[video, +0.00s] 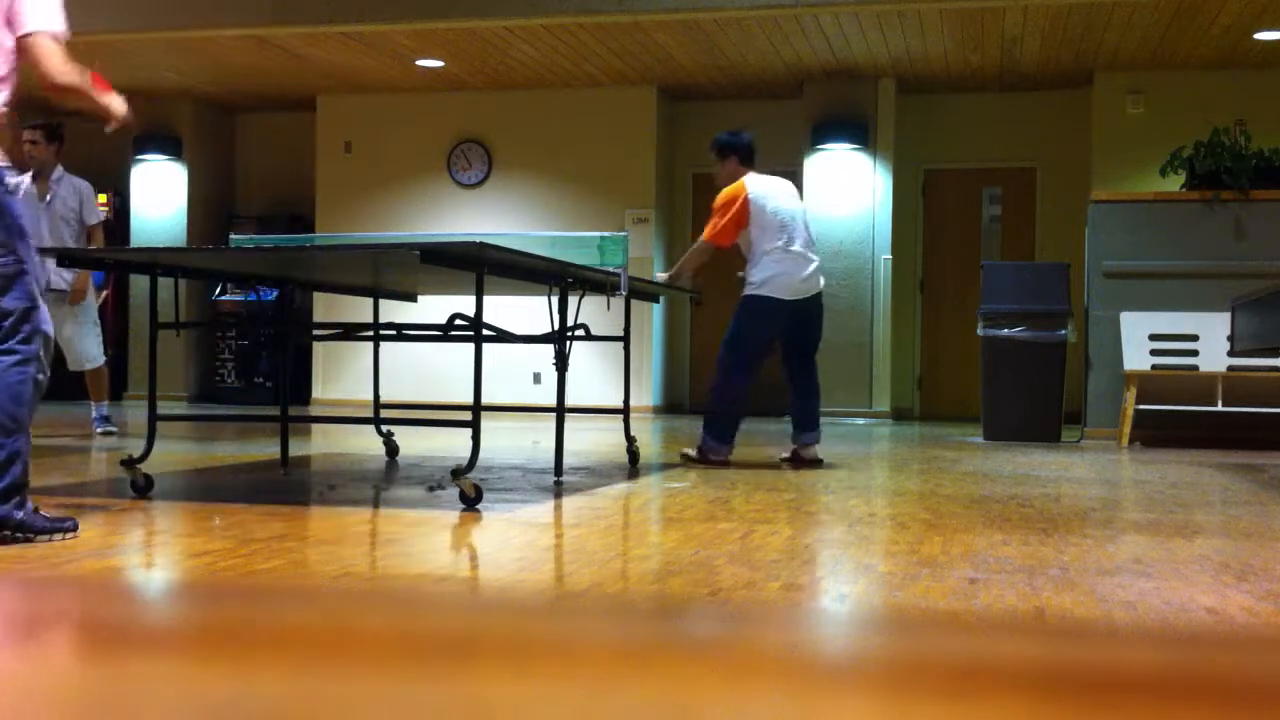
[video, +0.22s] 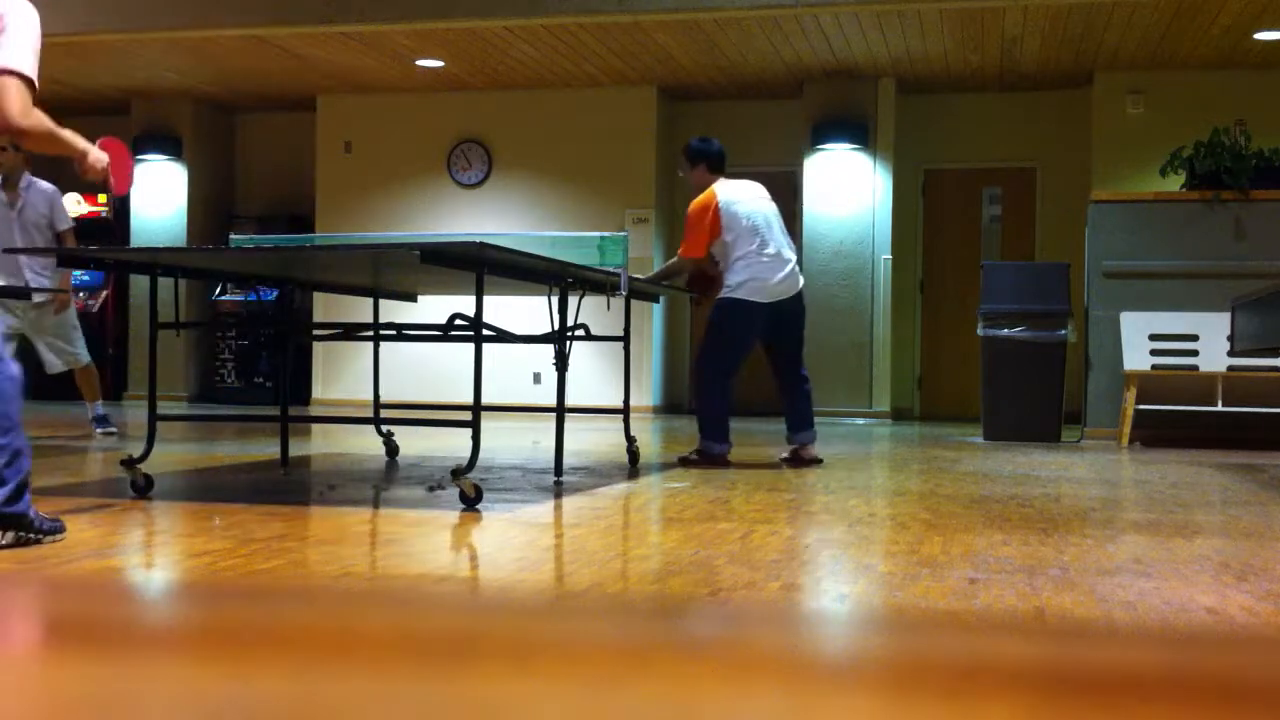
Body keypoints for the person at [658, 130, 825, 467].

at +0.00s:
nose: (716, 173)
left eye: (718, 165)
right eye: (715, 166)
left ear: (734, 162)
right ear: (749, 161)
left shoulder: (736, 192)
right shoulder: (785, 186)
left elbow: (708, 245)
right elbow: (789, 240)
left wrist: (673, 274)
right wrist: (755, 269)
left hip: (768, 291)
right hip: (808, 292)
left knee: (734, 362)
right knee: (801, 364)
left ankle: (715, 447)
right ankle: (807, 447)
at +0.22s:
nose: (687, 178)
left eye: (688, 171)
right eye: (686, 171)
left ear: (702, 169)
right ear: (720, 167)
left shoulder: (704, 203)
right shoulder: (755, 188)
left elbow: (687, 259)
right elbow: (751, 244)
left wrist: (648, 279)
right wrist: (714, 269)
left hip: (745, 293)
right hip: (788, 291)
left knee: (711, 369)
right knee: (791, 369)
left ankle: (713, 448)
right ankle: (805, 446)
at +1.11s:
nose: (730, 150)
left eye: (736, 145)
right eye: (734, 144)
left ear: (748, 153)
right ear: (768, 157)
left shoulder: (726, 184)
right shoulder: (793, 194)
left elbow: (714, 234)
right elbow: (807, 246)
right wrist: (802, 285)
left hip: (734, 292)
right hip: (781, 294)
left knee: (709, 364)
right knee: (782, 365)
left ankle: (712, 446)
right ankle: (792, 445)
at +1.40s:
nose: (696, 172)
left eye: (700, 165)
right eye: (697, 165)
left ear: (721, 165)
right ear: (732, 166)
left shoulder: (721, 196)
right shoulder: (770, 189)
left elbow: (730, 247)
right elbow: (806, 208)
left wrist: (719, 291)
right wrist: (773, 225)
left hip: (749, 296)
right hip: (789, 298)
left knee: (709, 366)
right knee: (783, 370)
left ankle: (727, 443)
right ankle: (792, 443)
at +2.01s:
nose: (681, 169)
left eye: (689, 162)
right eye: (679, 162)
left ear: (708, 167)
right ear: (677, 168)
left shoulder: (726, 205)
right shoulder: (684, 210)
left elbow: (742, 255)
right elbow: (680, 251)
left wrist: (702, 279)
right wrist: (662, 262)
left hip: (726, 299)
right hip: (695, 301)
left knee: (717, 360)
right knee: (676, 363)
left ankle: (732, 445)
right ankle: (679, 437)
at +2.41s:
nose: (665, 180)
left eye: (672, 173)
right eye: (663, 174)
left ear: (691, 176)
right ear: (663, 181)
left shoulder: (712, 211)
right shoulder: (674, 221)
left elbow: (719, 261)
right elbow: (664, 264)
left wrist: (675, 279)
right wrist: (634, 257)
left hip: (730, 306)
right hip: (698, 308)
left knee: (743, 366)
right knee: (665, 366)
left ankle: (777, 439)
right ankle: (671, 437)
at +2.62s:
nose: (641, 191)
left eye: (646, 184)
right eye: (640, 185)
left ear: (667, 185)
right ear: (660, 188)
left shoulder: (676, 214)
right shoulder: (672, 215)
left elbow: (664, 271)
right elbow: (671, 272)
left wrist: (643, 286)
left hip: (714, 304)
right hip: (694, 309)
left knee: (735, 370)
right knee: (664, 363)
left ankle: (783, 438)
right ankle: (672, 437)